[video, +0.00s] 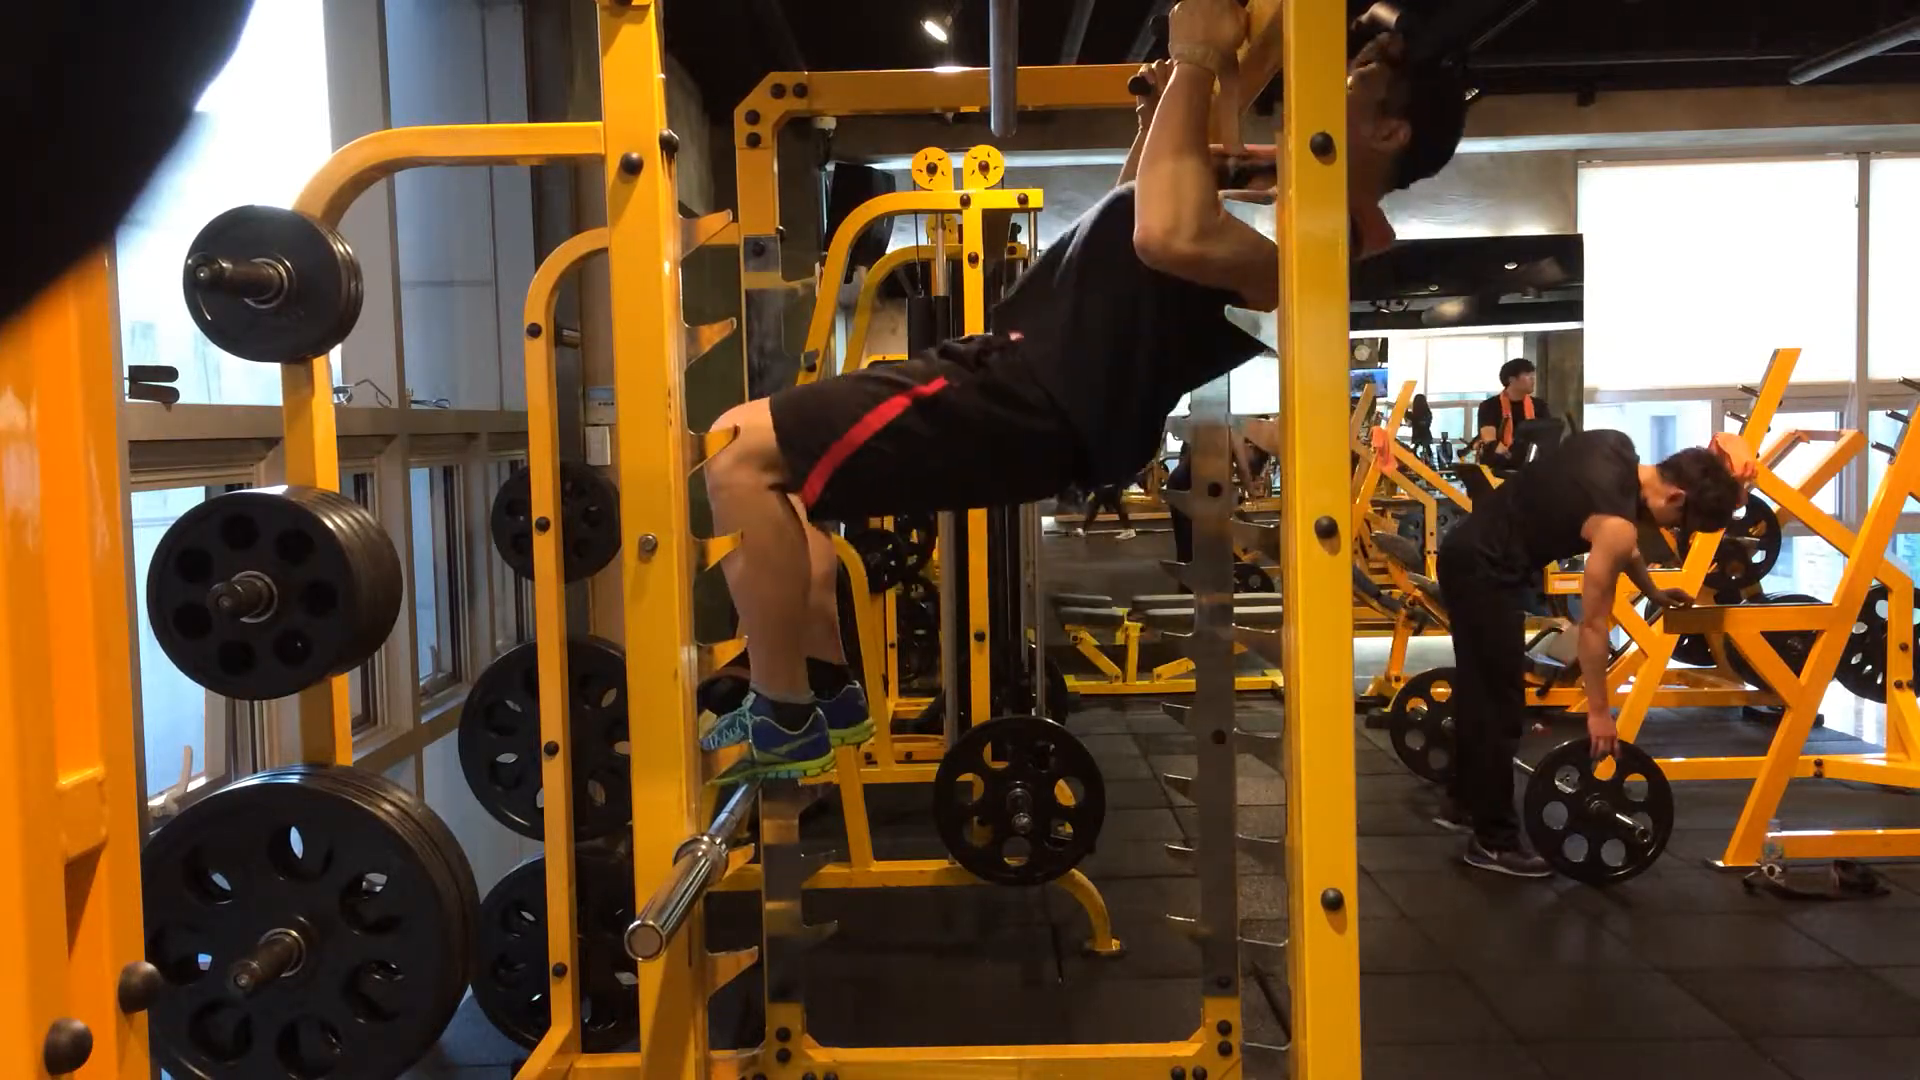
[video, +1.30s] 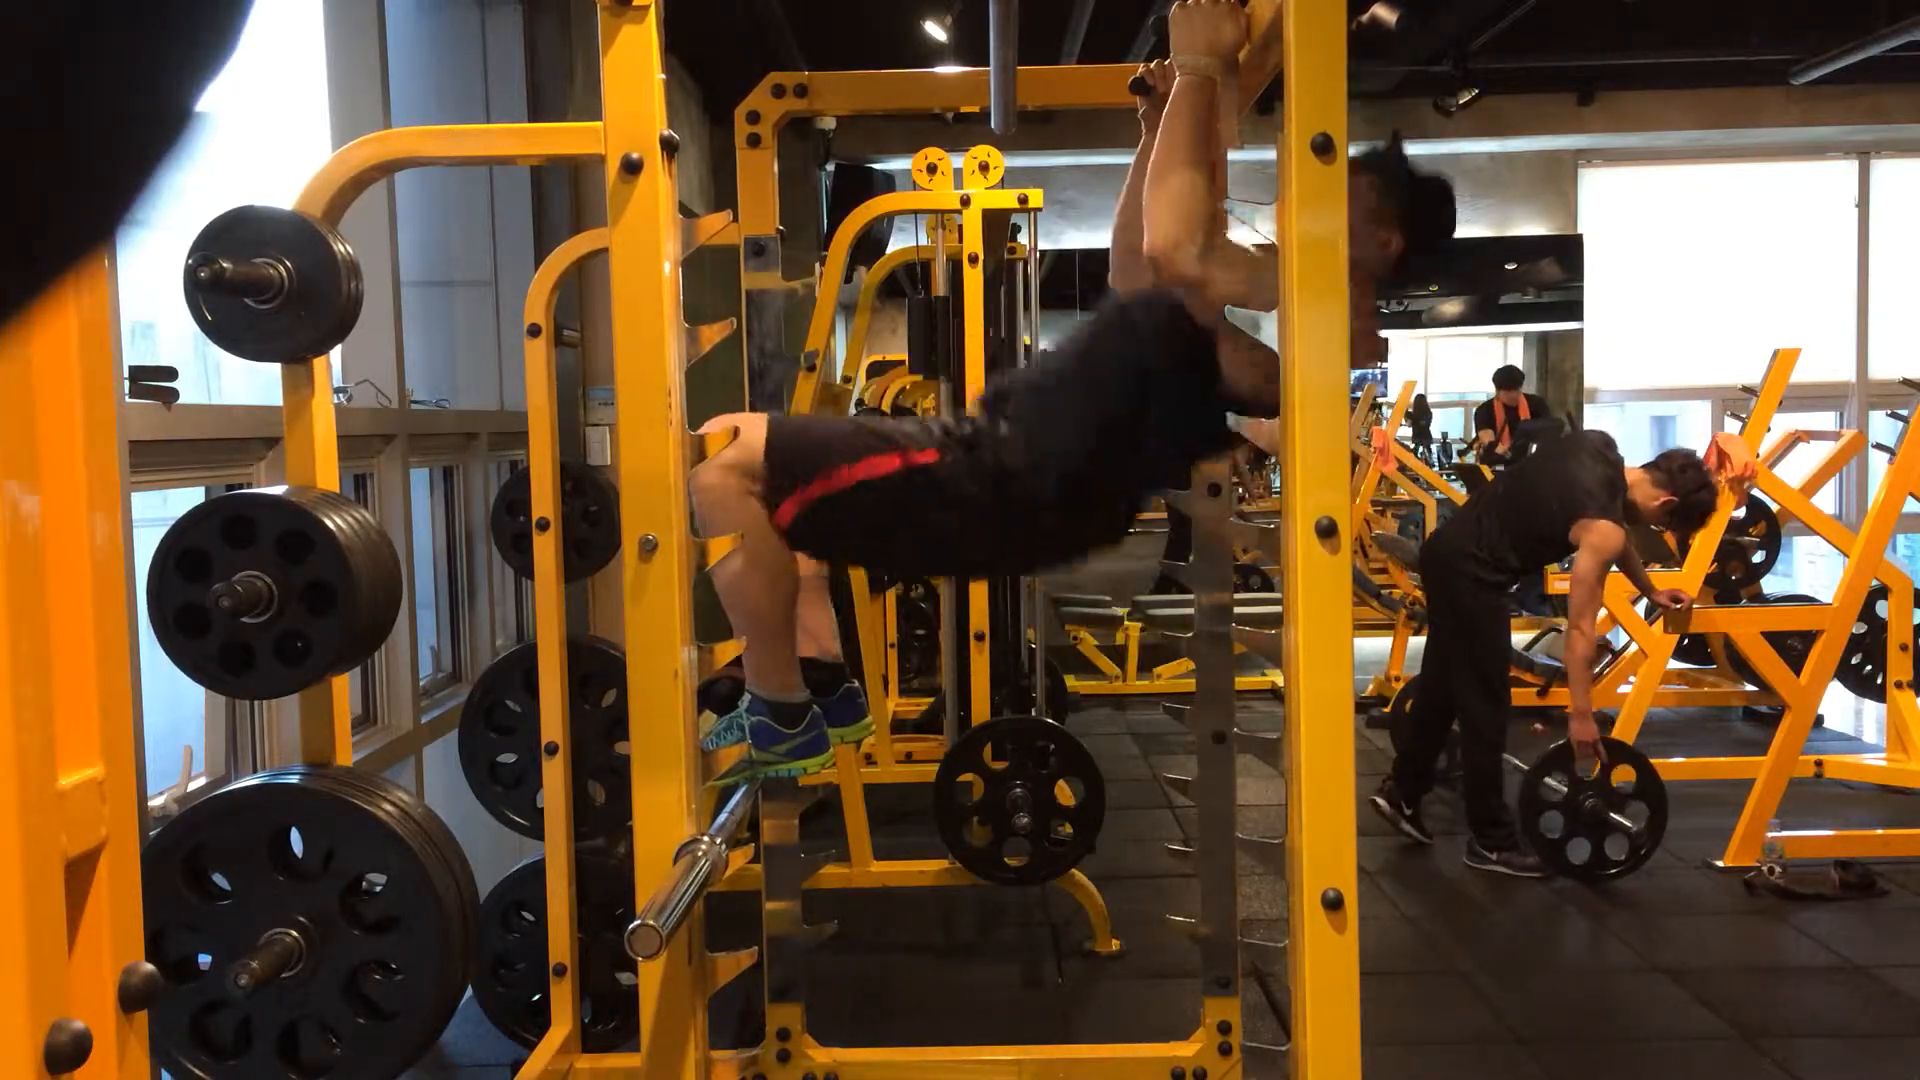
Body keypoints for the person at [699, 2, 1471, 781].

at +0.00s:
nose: (1329, 84)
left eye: (1355, 81)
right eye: (1340, 71)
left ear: (1391, 132)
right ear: (1350, 118)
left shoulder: (1343, 233)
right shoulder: (1297, 188)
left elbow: (1177, 234)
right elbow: (1156, 195)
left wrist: (1199, 60)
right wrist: (1191, 80)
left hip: (1050, 407)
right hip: (1016, 364)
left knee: (743, 459)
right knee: (749, 433)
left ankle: (784, 712)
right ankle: (826, 672)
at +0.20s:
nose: (1321, 176)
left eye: (1348, 169)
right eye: (1336, 163)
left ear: (1386, 212)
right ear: (1372, 212)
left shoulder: (1344, 278)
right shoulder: (1314, 292)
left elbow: (1183, 249)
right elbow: (1129, 273)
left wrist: (1199, 72)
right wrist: (1157, 130)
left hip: (1031, 475)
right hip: (1024, 447)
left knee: (741, 462)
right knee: (754, 432)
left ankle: (783, 713)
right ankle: (821, 654)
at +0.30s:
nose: (1307, 230)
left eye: (1338, 223)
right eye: (1323, 215)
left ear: (1380, 266)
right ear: (1370, 258)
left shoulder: (1330, 361)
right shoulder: (1284, 348)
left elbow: (1187, 262)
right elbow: (1137, 278)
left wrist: (1201, 76)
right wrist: (1155, 134)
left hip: (1023, 523)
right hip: (1013, 494)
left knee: (744, 462)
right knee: (767, 437)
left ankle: (783, 713)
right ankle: (824, 669)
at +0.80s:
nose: (1327, 179)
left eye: (1354, 176)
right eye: (1340, 167)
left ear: (1391, 225)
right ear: (1366, 215)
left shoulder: (1332, 297)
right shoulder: (1315, 300)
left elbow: (1176, 246)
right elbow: (1144, 250)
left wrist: (1197, 74)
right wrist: (1171, 108)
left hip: (1011, 465)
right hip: (1010, 440)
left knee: (724, 477)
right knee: (732, 434)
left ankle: (777, 712)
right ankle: (818, 665)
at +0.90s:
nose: (1334, 127)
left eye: (1360, 126)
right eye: (1344, 109)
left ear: (1395, 172)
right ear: (1327, 116)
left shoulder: (1335, 255)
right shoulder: (1305, 213)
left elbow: (1170, 239)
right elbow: (1176, 200)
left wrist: (1195, 74)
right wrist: (1194, 94)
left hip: (1033, 417)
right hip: (1008, 375)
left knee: (726, 475)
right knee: (732, 434)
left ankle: (779, 711)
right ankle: (818, 669)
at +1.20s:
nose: (1321, 146)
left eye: (1350, 141)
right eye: (1336, 129)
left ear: (1390, 187)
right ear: (1361, 167)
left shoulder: (1339, 264)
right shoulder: (1315, 248)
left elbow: (1176, 245)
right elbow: (1143, 240)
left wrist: (1197, 72)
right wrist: (1173, 106)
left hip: (1017, 442)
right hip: (1002, 408)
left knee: (725, 474)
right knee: (727, 431)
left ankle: (780, 714)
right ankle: (816, 667)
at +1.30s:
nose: (1318, 210)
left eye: (1346, 204)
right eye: (1331, 195)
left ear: (1385, 244)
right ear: (1368, 242)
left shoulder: (1342, 307)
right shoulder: (1311, 343)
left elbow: (1186, 263)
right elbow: (1135, 278)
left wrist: (1199, 74)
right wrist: (1158, 131)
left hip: (1011, 486)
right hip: (1010, 461)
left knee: (724, 472)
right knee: (746, 432)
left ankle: (777, 709)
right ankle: (818, 665)